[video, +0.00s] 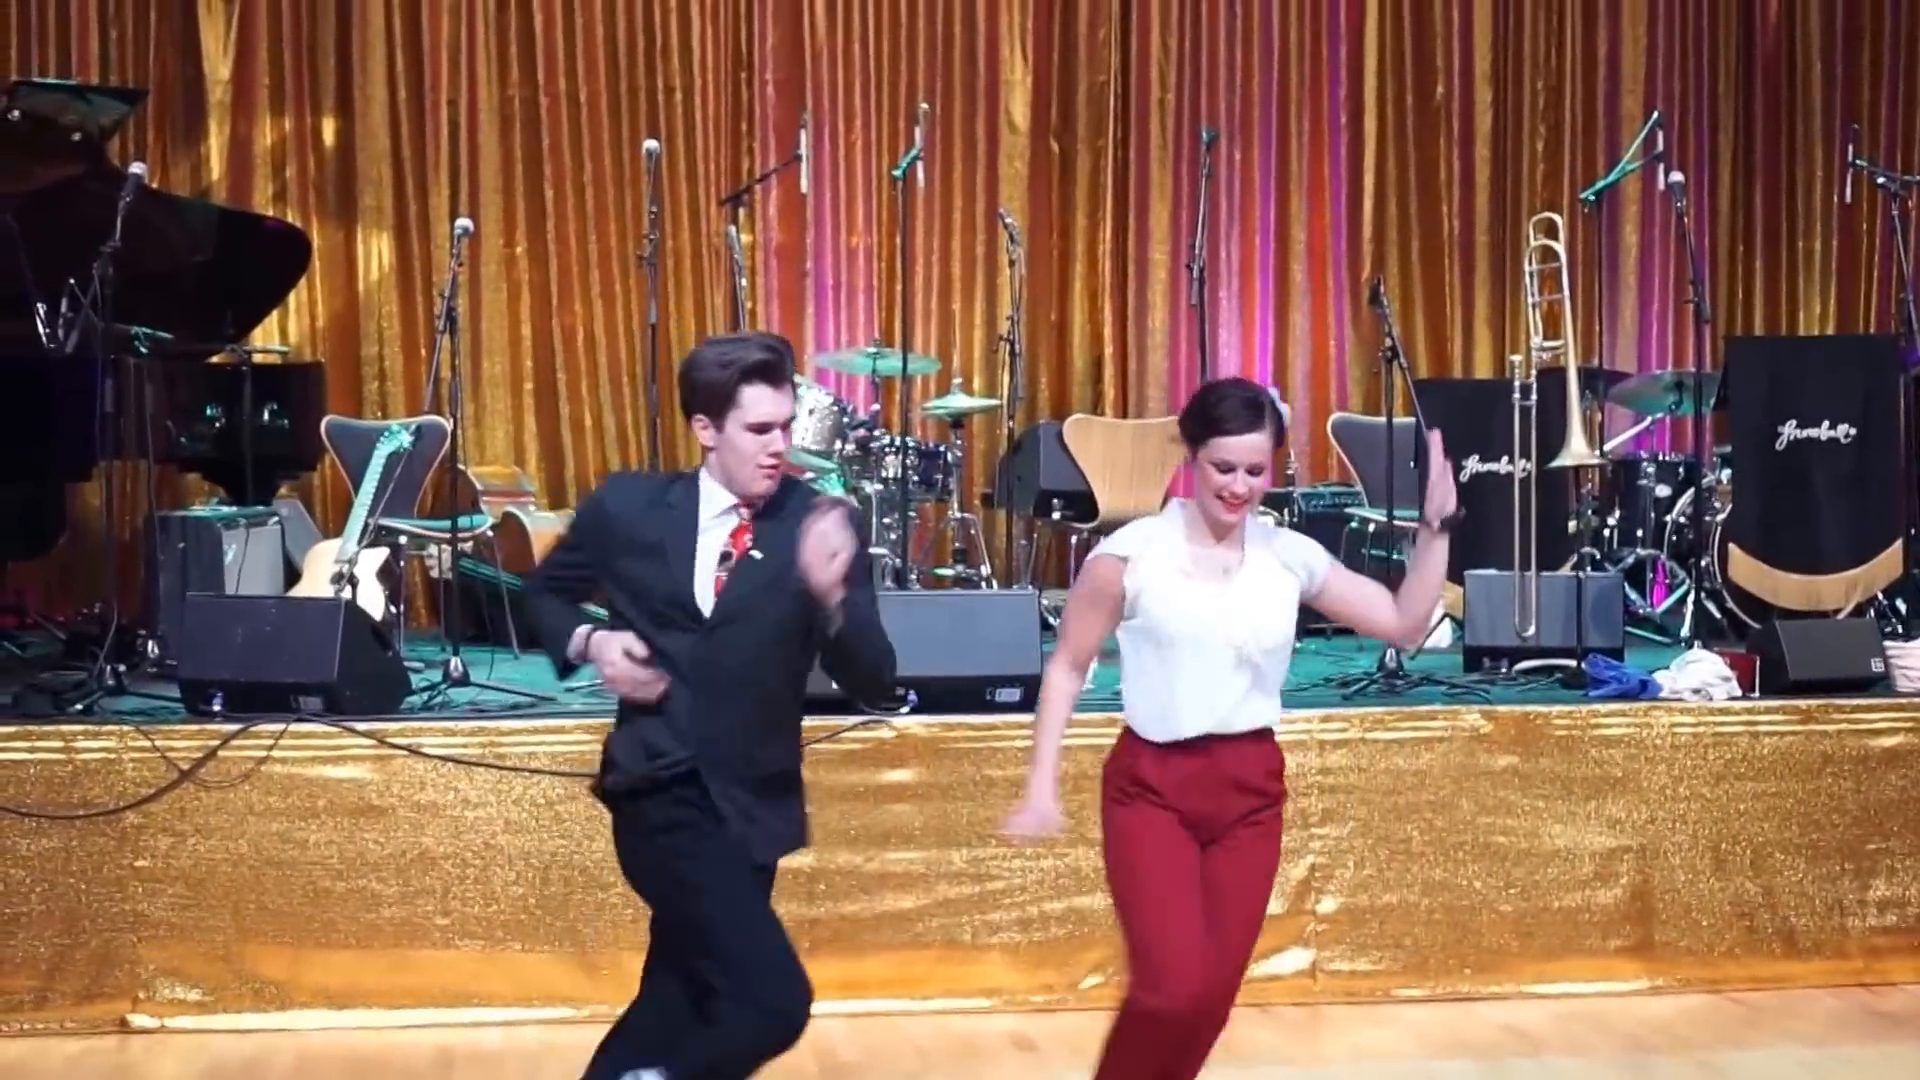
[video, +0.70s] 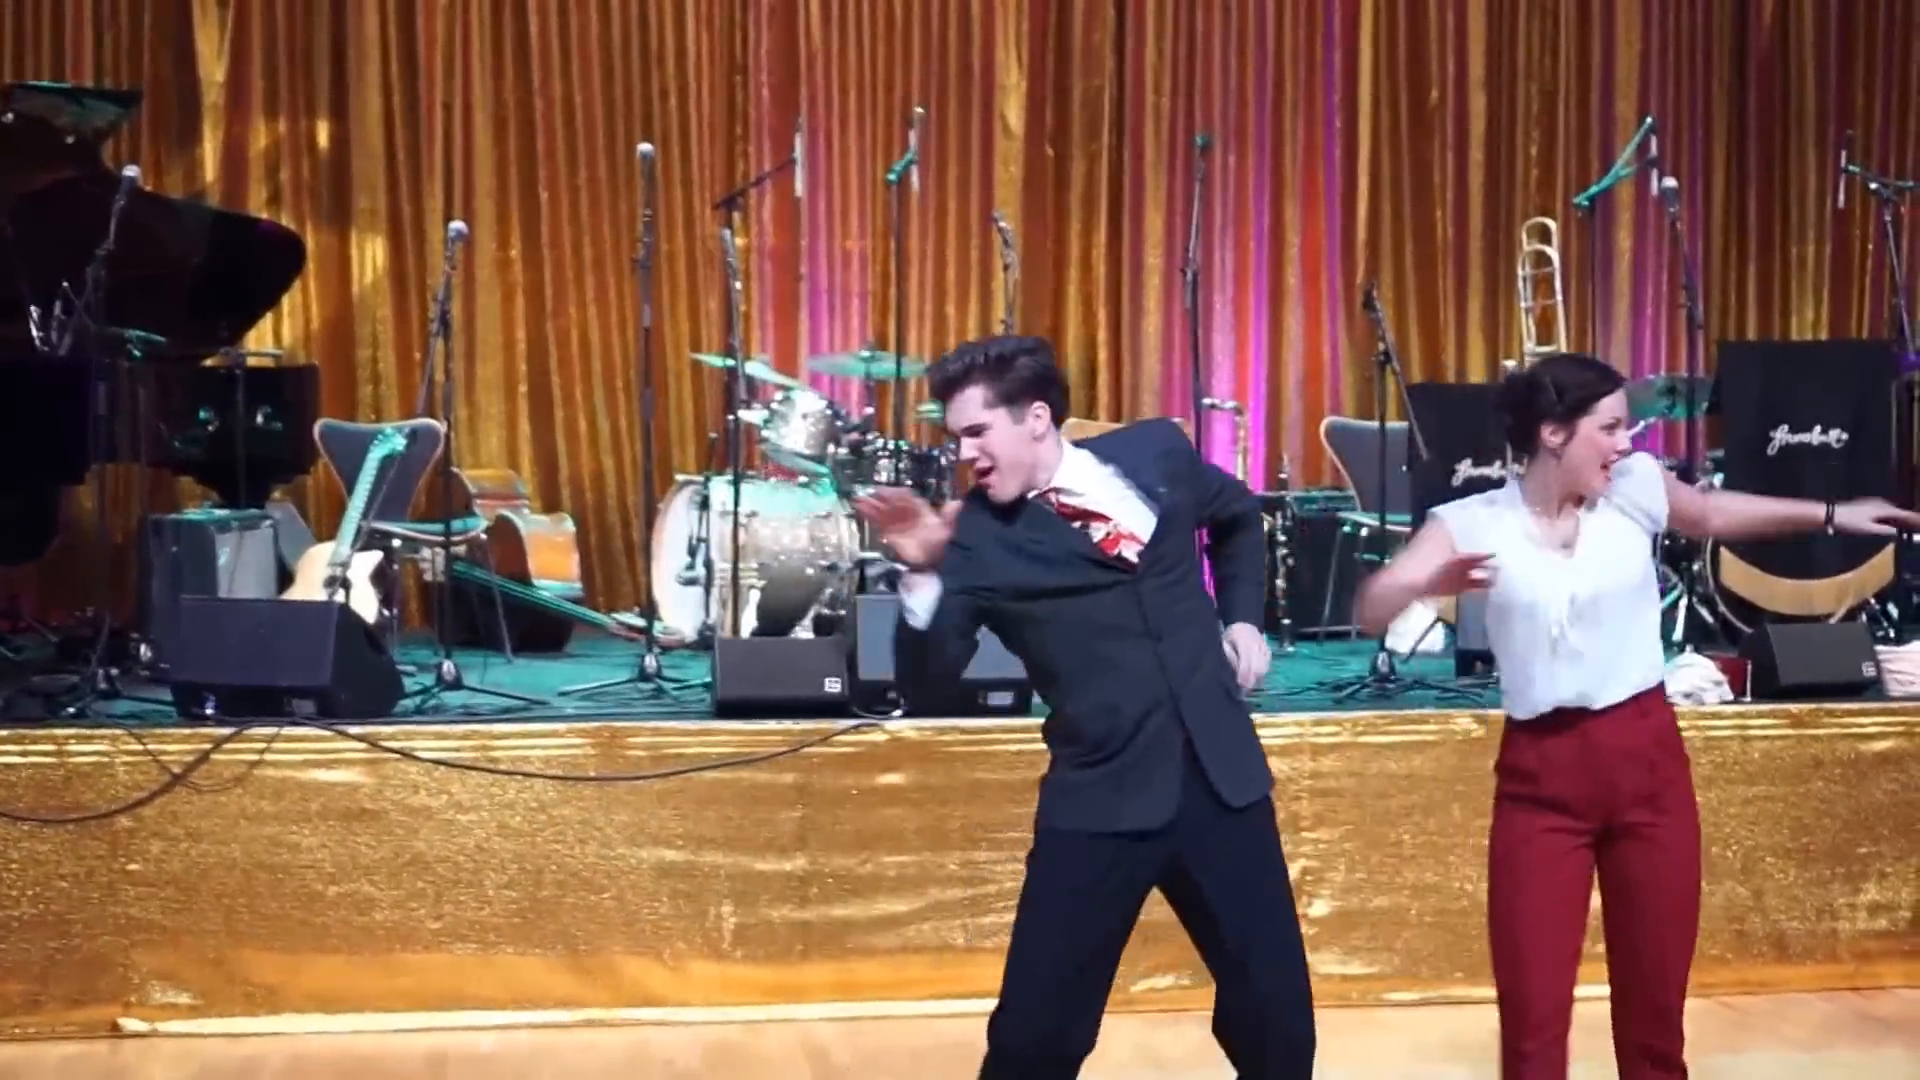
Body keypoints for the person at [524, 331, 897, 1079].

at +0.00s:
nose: (780, 448)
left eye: (787, 427)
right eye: (761, 430)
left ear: (796, 422)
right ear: (704, 430)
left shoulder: (820, 525)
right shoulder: (626, 508)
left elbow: (874, 680)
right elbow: (539, 598)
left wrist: (836, 597)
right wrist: (587, 643)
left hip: (755, 804)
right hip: (658, 790)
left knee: (668, 1019)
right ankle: (643, 1068)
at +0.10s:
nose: (814, 448)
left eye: (821, 427)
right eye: (793, 432)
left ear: (832, 418)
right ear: (735, 433)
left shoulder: (873, 516)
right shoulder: (667, 528)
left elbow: (878, 662)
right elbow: (673, 701)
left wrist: (837, 774)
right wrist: (654, 662)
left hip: (809, 795)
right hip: (706, 793)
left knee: (708, 1040)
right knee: (767, 1044)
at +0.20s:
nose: (830, 467)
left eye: (840, 443)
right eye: (807, 450)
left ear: (856, 432)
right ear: (763, 449)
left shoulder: (928, 547)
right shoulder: (723, 563)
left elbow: (953, 717)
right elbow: (688, 741)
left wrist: (964, 869)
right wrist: (660, 633)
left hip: (867, 847)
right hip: (753, 845)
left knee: (891, 1047)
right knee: (765, 1051)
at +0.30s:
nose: (820, 466)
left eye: (834, 443)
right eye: (805, 449)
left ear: (886, 428)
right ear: (794, 448)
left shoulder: (989, 515)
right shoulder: (782, 551)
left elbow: (1036, 667)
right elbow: (711, 687)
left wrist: (1051, 797)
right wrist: (698, 564)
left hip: (963, 831)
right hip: (833, 838)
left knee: (1042, 1042)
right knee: (762, 1057)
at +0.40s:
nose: (851, 464)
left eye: (863, 441)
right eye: (840, 448)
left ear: (923, 424)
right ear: (832, 446)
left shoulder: (1044, 478)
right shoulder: (845, 538)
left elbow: (1092, 587)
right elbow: (781, 667)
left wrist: (1103, 689)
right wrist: (762, 549)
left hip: (1063, 811)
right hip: (931, 818)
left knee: (1137, 1048)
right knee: (852, 1040)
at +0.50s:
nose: (896, 478)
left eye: (907, 454)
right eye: (885, 462)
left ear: (969, 439)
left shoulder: (1088, 484)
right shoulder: (900, 558)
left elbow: (1165, 562)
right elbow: (843, 680)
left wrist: (1171, 671)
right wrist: (823, 558)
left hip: (1149, 816)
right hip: (1020, 834)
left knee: (1240, 1050)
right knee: (944, 1055)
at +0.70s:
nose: (964, 455)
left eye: (977, 432)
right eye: (957, 438)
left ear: (1041, 420)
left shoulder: (1158, 452)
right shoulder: (974, 543)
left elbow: (1238, 516)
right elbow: (925, 682)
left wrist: (1243, 617)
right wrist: (922, 575)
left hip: (1222, 782)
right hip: (1099, 799)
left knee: (1278, 1025)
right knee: (1035, 1041)